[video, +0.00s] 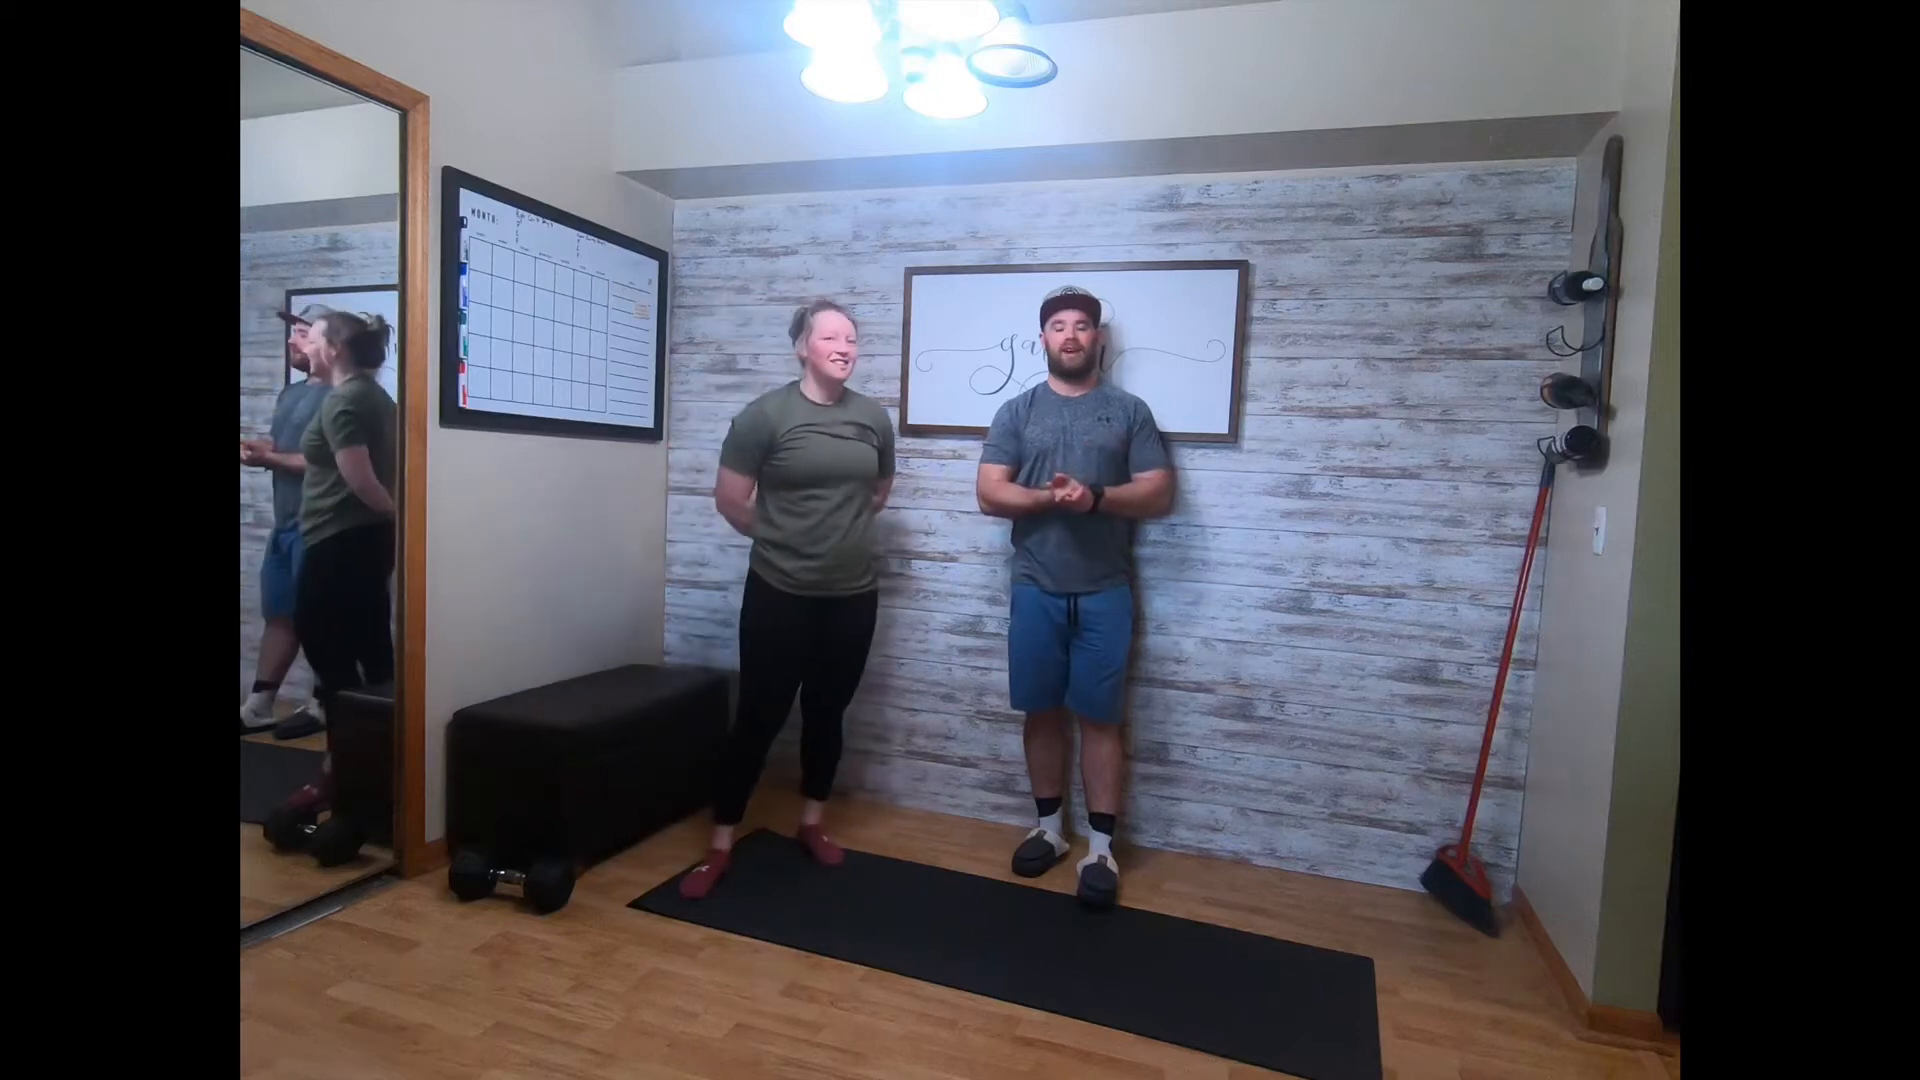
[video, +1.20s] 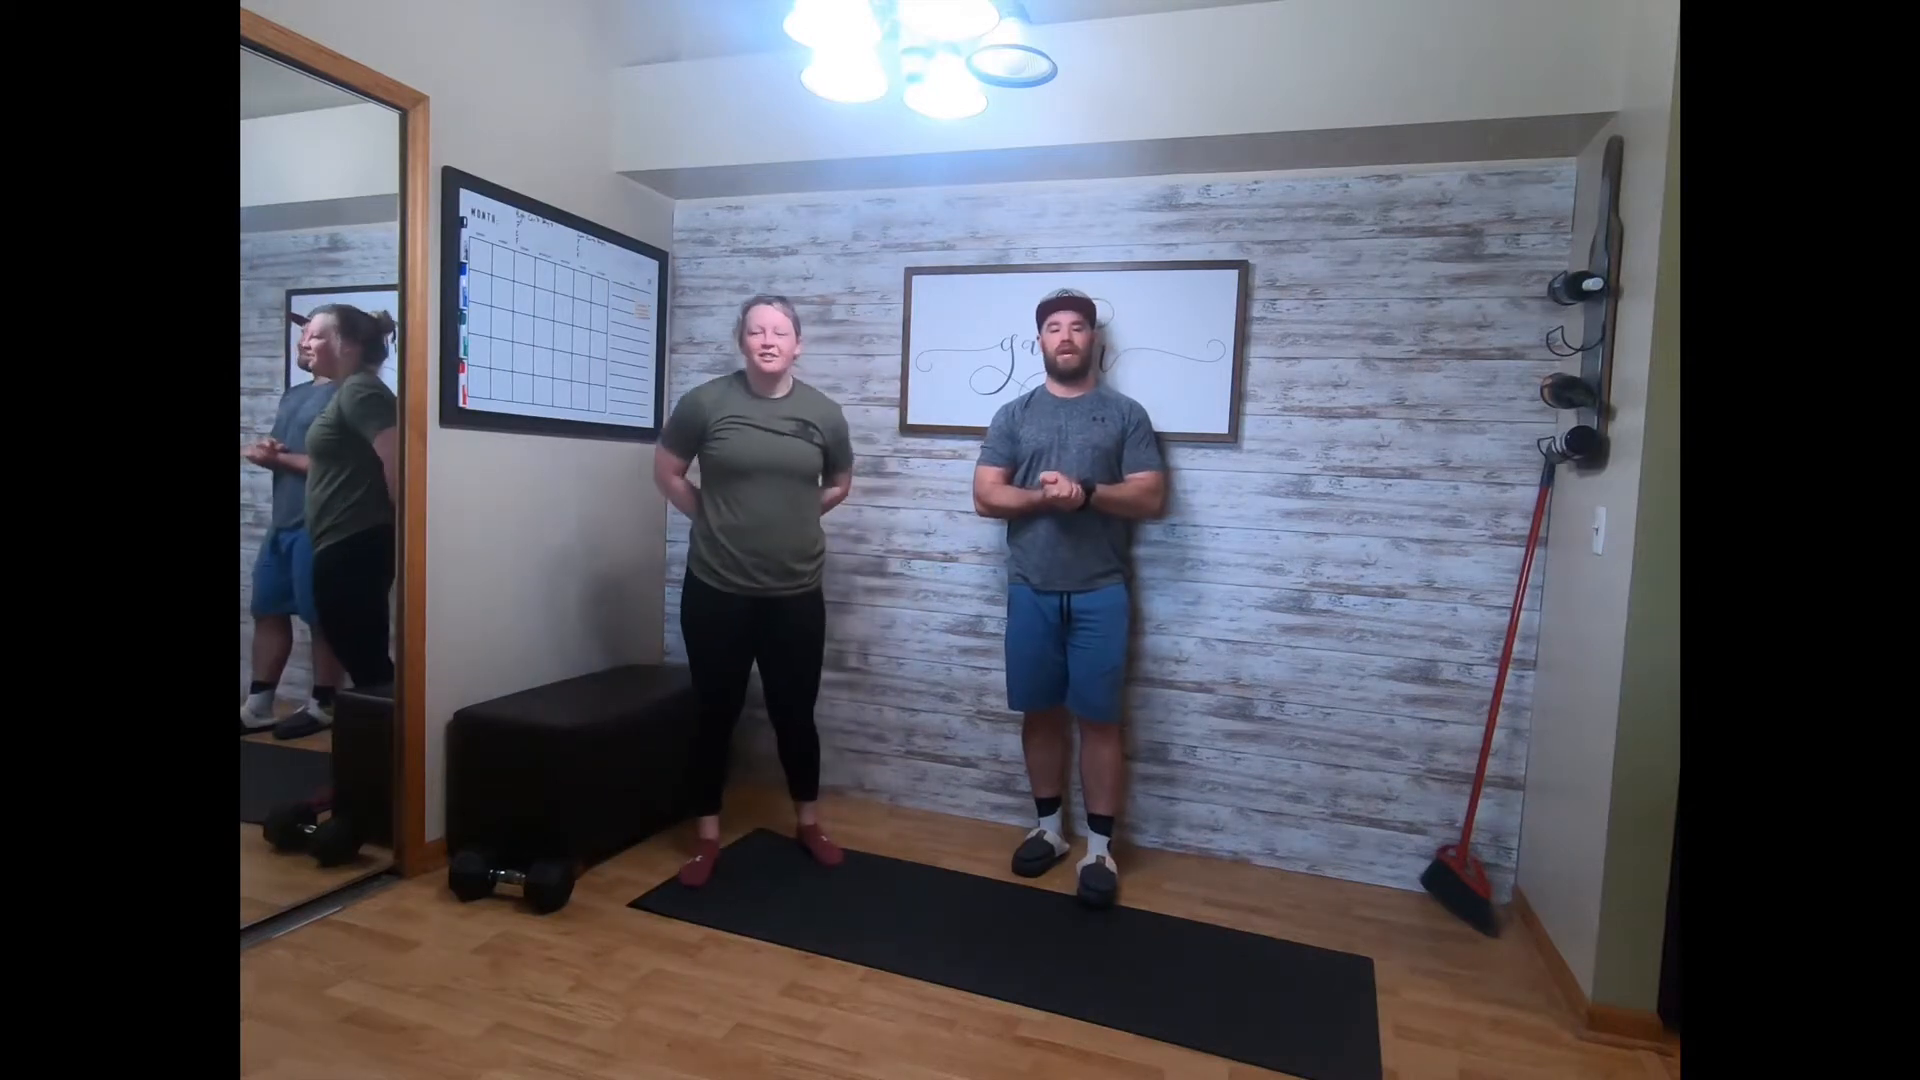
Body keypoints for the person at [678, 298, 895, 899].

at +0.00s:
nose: (844, 348)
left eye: (851, 340)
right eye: (832, 339)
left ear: (857, 351)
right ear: (802, 348)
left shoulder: (875, 420)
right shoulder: (765, 417)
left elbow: (879, 493)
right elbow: (730, 500)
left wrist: (833, 527)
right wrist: (785, 534)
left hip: (850, 596)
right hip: (778, 592)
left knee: (826, 714)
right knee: (758, 718)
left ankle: (813, 823)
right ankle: (721, 843)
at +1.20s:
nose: (767, 340)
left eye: (778, 332)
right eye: (757, 332)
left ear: (797, 344)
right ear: (740, 344)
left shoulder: (825, 415)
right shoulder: (704, 405)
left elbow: (840, 482)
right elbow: (667, 472)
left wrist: (794, 514)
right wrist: (714, 518)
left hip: (795, 594)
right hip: (717, 589)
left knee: (796, 716)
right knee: (713, 717)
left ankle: (808, 823)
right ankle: (708, 836)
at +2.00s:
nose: (720, 341)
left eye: (732, 333)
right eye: (709, 333)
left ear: (752, 343)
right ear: (695, 342)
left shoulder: (778, 396)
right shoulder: (664, 390)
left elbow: (845, 462)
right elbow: (595, 453)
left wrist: (799, 419)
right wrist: (655, 409)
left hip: (761, 584)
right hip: (681, 584)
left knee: (780, 713)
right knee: (696, 716)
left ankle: (801, 824)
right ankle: (707, 840)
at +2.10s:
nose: (718, 345)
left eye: (731, 335)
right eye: (707, 335)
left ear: (750, 344)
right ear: (693, 342)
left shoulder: (774, 394)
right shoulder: (662, 388)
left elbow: (846, 457)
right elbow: (594, 439)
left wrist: (792, 408)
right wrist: (657, 398)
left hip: (758, 578)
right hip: (680, 579)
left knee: (779, 711)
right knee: (695, 714)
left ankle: (800, 823)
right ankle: (707, 840)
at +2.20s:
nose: (718, 345)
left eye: (731, 336)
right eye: (707, 335)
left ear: (751, 344)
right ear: (693, 342)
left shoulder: (772, 394)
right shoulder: (666, 390)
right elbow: (596, 440)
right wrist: (665, 398)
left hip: (758, 578)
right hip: (679, 580)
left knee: (779, 710)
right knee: (695, 714)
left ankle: (799, 822)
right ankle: (706, 839)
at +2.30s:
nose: (721, 350)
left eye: (733, 340)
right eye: (710, 339)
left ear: (752, 347)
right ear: (695, 345)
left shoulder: (774, 405)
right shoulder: (666, 398)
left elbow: (823, 476)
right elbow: (606, 453)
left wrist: (778, 417)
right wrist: (668, 400)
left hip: (757, 583)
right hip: (677, 585)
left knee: (778, 710)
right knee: (695, 717)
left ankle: (799, 822)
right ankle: (706, 839)